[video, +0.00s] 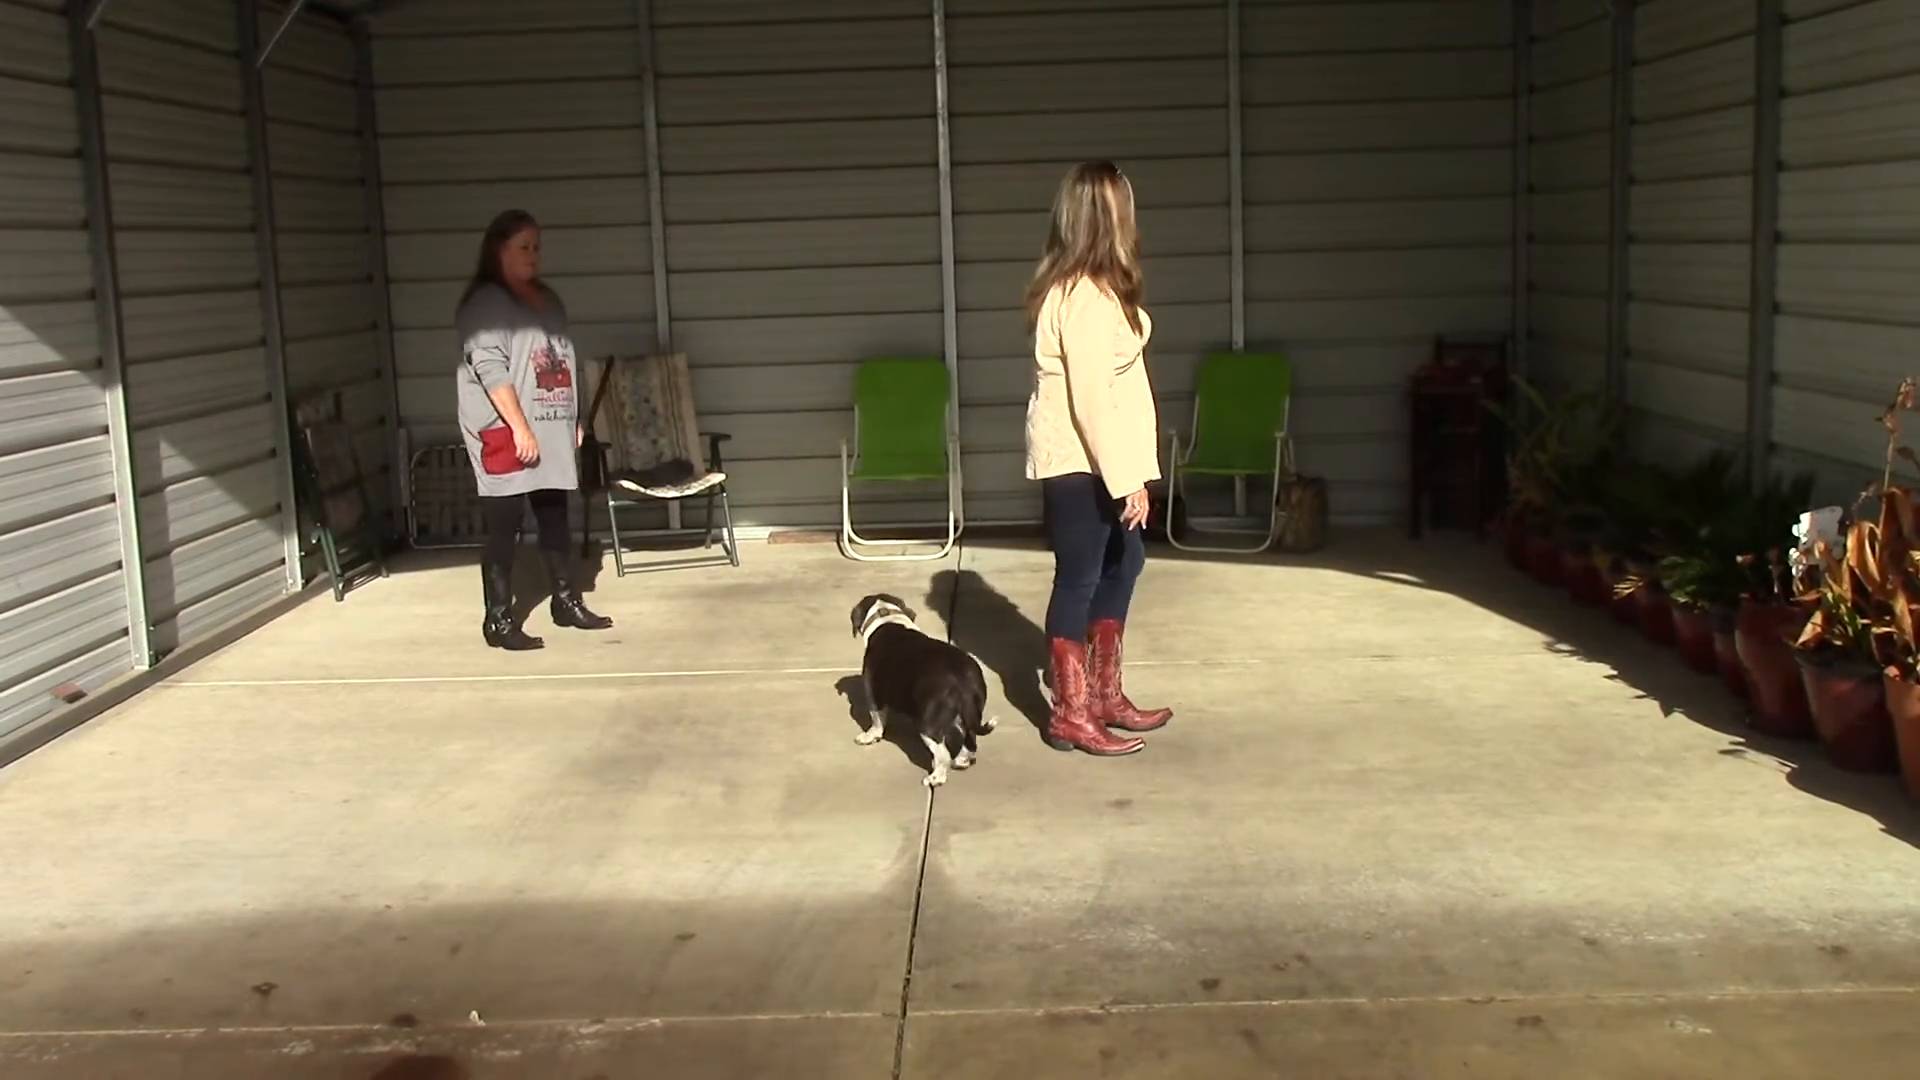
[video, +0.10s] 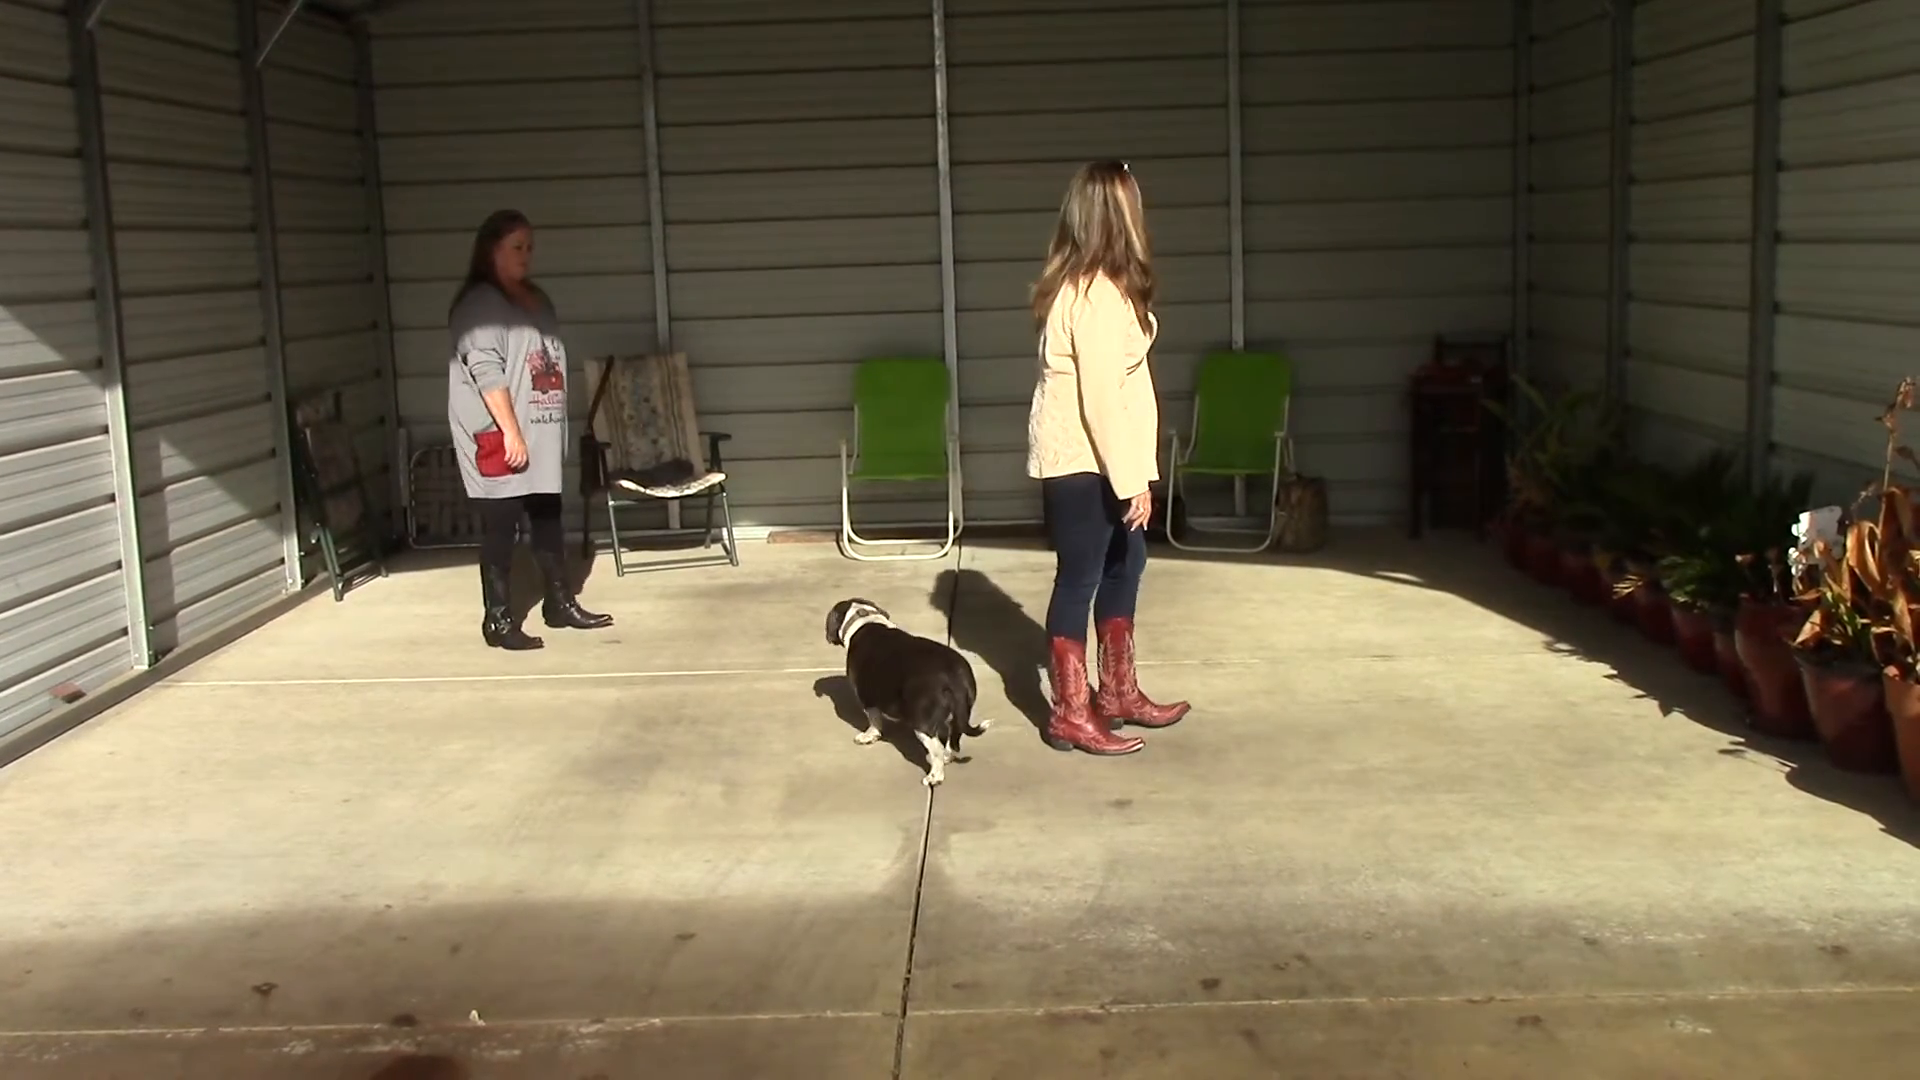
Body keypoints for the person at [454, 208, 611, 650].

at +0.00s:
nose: (533, 255)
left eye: (536, 247)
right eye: (524, 247)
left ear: (538, 251)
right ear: (498, 251)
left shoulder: (547, 300)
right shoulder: (483, 305)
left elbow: (562, 364)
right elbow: (491, 372)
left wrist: (573, 417)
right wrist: (519, 426)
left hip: (549, 428)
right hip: (500, 432)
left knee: (554, 512)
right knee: (503, 521)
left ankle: (566, 600)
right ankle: (498, 618)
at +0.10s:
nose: (526, 256)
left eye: (529, 248)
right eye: (517, 248)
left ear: (531, 252)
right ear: (491, 252)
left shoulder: (536, 300)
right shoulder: (477, 306)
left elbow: (543, 367)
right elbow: (487, 375)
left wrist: (549, 426)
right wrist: (510, 430)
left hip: (539, 435)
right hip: (494, 439)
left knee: (547, 514)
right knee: (500, 524)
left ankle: (559, 602)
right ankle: (498, 619)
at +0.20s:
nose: (520, 255)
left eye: (523, 248)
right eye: (512, 247)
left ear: (523, 251)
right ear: (486, 251)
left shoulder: (526, 301)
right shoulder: (475, 306)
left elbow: (532, 368)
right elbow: (486, 376)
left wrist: (537, 429)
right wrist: (504, 432)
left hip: (531, 437)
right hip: (492, 441)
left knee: (539, 515)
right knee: (498, 525)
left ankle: (542, 605)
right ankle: (499, 619)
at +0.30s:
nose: (513, 256)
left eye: (516, 248)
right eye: (505, 247)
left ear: (516, 251)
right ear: (480, 249)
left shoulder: (518, 299)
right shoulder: (469, 306)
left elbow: (527, 368)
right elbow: (485, 378)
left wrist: (533, 431)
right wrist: (505, 434)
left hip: (523, 433)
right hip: (488, 438)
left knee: (529, 511)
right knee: (494, 519)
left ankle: (515, 607)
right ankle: (497, 617)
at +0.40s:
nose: (508, 255)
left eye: (510, 247)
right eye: (499, 248)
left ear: (509, 251)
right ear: (473, 250)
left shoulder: (511, 299)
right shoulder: (465, 306)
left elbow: (520, 367)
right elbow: (485, 378)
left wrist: (527, 426)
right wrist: (509, 430)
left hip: (514, 429)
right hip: (479, 434)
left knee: (519, 508)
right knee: (488, 516)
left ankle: (476, 600)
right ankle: (499, 616)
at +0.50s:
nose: (502, 255)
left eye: (504, 247)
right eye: (493, 247)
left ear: (505, 251)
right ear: (467, 251)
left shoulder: (506, 298)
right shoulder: (461, 306)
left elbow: (515, 364)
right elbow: (483, 375)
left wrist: (522, 419)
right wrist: (514, 428)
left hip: (501, 429)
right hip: (472, 433)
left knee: (492, 517)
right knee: (482, 521)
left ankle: (463, 603)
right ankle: (497, 615)